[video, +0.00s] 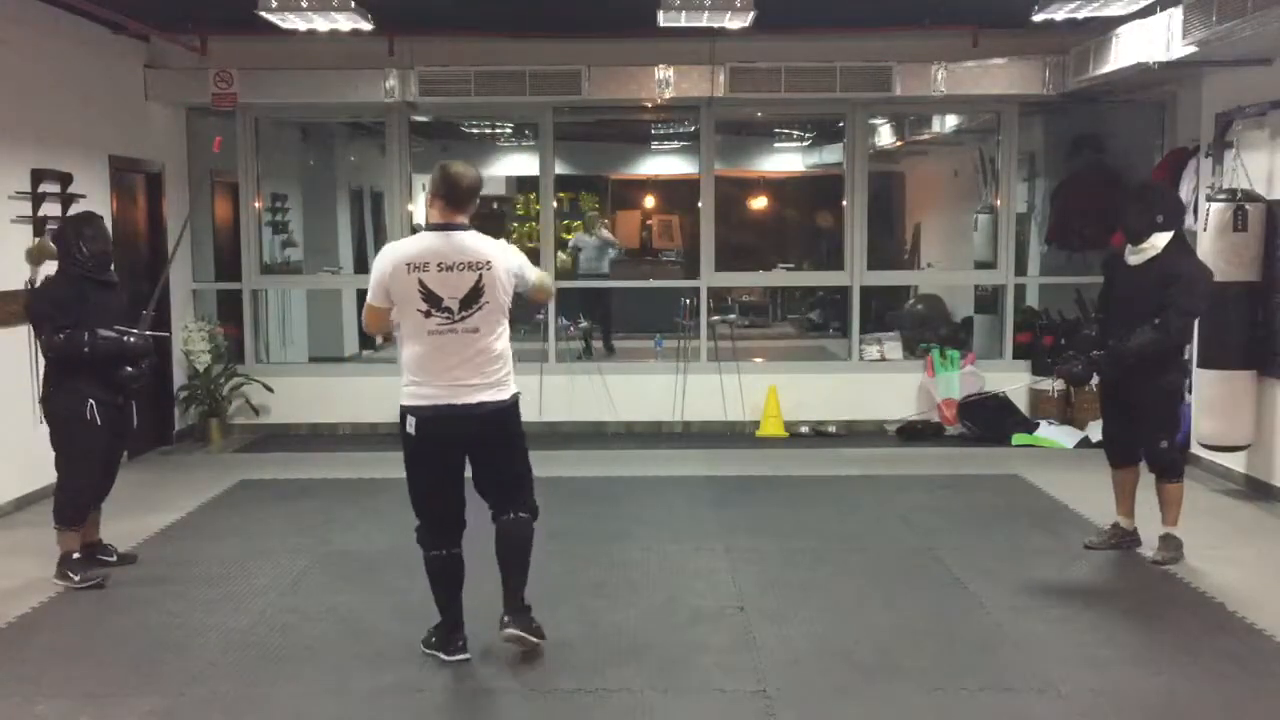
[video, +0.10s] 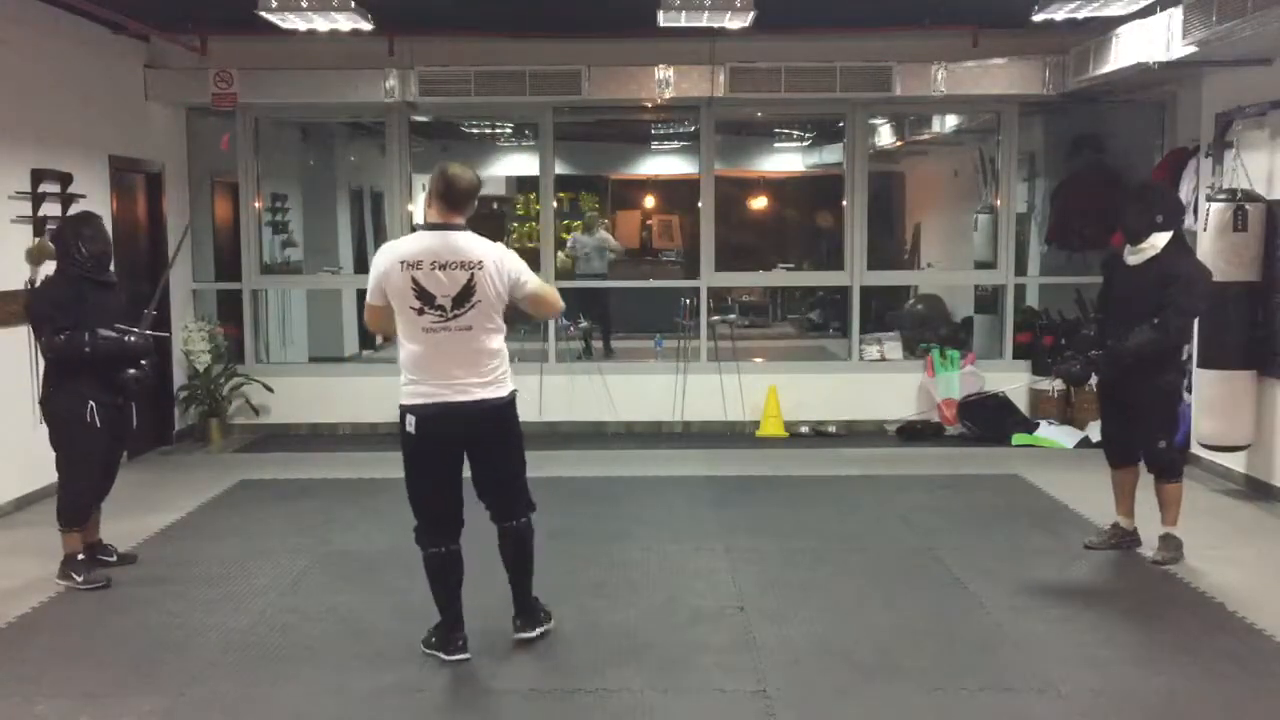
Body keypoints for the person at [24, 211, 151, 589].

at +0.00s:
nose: (100, 247)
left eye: (102, 239)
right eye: (90, 240)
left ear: (107, 242)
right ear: (71, 245)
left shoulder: (113, 289)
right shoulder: (52, 290)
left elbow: (136, 336)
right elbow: (54, 345)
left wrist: (140, 364)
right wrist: (115, 343)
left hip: (109, 389)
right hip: (71, 391)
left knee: (102, 466)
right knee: (78, 469)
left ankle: (90, 544)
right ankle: (68, 558)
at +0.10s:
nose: (99, 249)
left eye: (101, 240)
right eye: (89, 241)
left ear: (106, 242)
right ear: (70, 245)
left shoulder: (111, 289)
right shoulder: (51, 290)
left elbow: (131, 337)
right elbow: (54, 345)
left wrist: (138, 357)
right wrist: (113, 342)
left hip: (107, 389)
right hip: (70, 392)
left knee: (102, 466)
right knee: (78, 469)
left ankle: (91, 544)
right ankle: (71, 558)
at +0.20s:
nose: (98, 249)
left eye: (99, 241)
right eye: (89, 242)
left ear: (101, 243)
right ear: (70, 245)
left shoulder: (109, 288)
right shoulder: (50, 291)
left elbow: (126, 333)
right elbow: (53, 346)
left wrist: (137, 346)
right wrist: (110, 341)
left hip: (105, 389)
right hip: (69, 393)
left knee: (101, 466)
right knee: (79, 469)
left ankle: (91, 544)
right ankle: (72, 559)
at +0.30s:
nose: (101, 244)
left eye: (100, 237)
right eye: (90, 239)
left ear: (101, 241)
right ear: (69, 246)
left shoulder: (104, 287)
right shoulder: (50, 289)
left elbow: (118, 332)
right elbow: (50, 345)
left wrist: (146, 342)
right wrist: (98, 337)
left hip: (104, 392)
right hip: (69, 395)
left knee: (98, 470)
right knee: (78, 472)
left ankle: (91, 545)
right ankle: (72, 560)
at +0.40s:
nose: (95, 242)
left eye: (96, 234)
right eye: (85, 235)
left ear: (99, 239)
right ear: (67, 243)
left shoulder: (100, 287)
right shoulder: (49, 288)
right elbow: (49, 341)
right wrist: (96, 329)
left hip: (102, 393)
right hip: (69, 395)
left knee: (97, 470)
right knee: (78, 473)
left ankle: (91, 545)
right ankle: (72, 560)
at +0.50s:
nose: (96, 241)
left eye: (96, 234)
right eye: (86, 235)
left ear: (97, 239)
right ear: (67, 242)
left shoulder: (98, 286)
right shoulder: (48, 287)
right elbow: (47, 337)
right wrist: (92, 325)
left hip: (101, 392)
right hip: (69, 396)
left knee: (97, 469)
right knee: (78, 472)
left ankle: (91, 545)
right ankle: (72, 560)